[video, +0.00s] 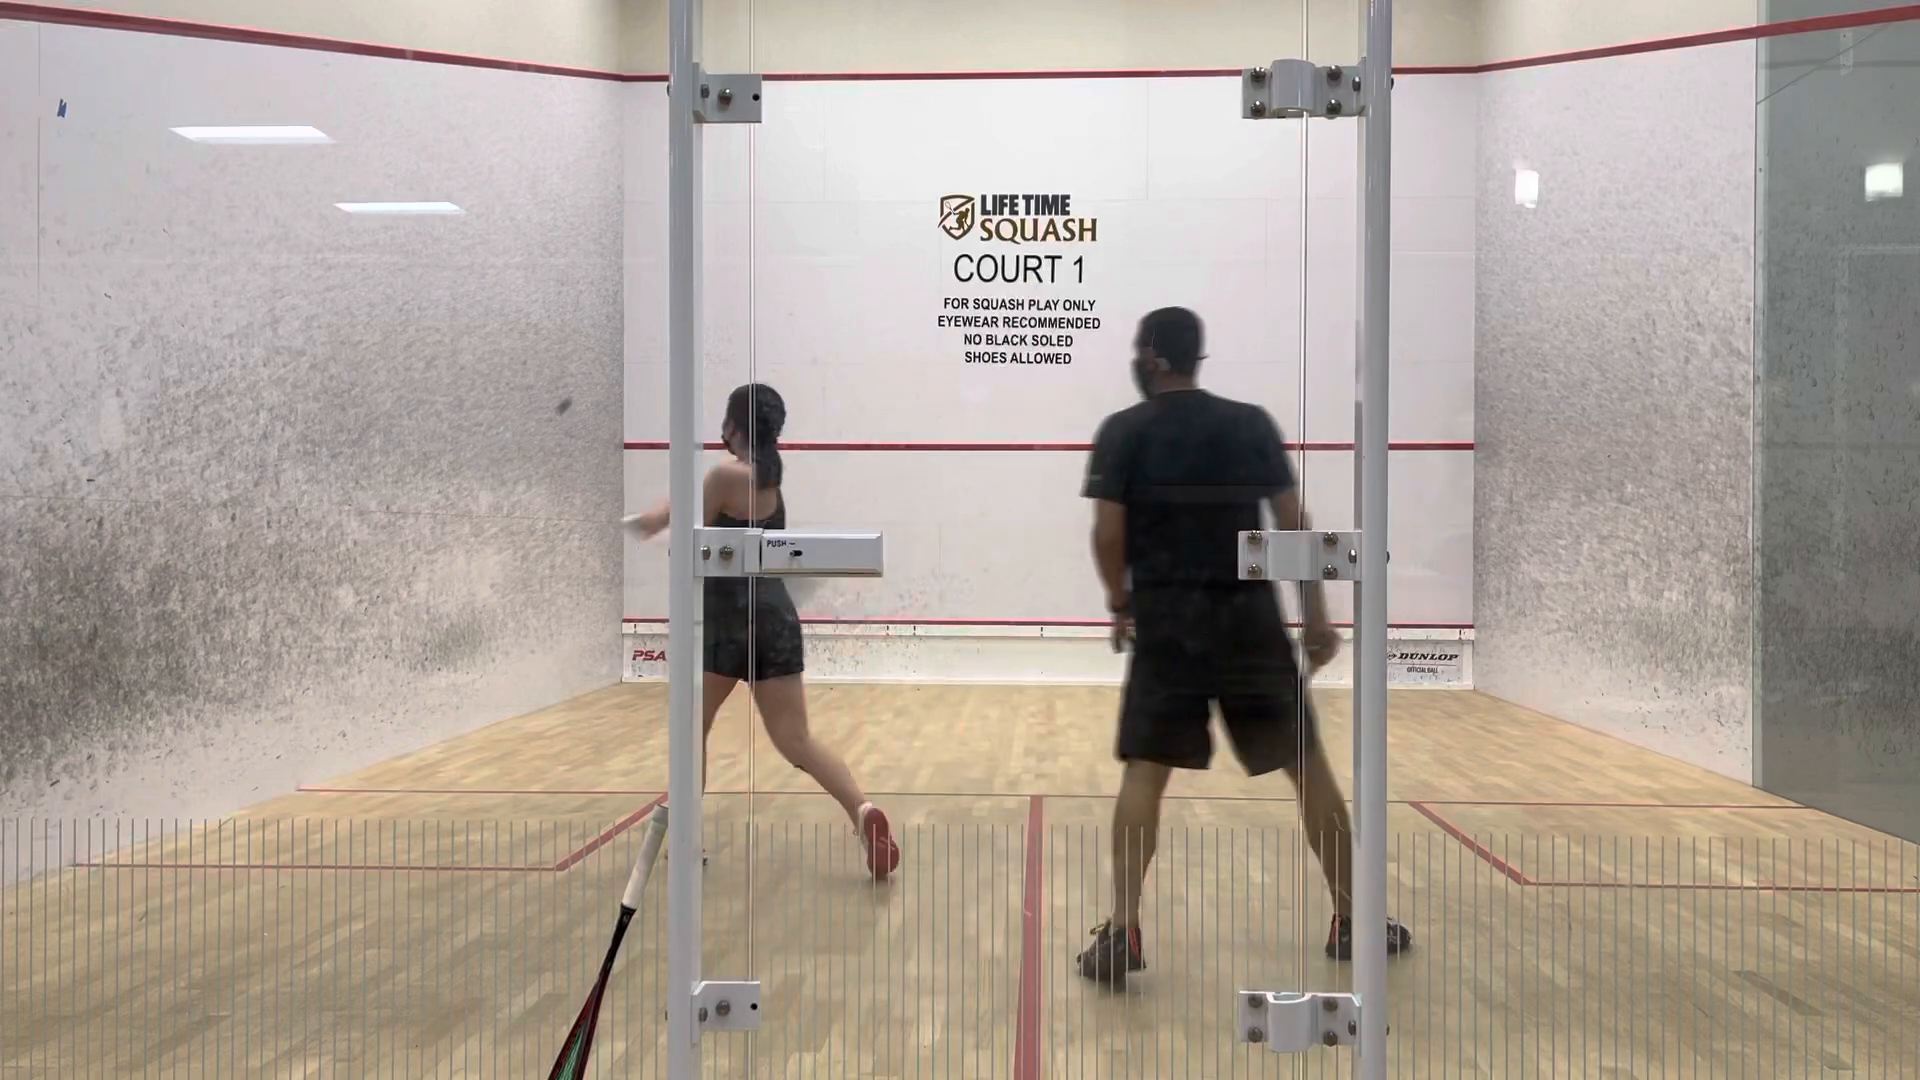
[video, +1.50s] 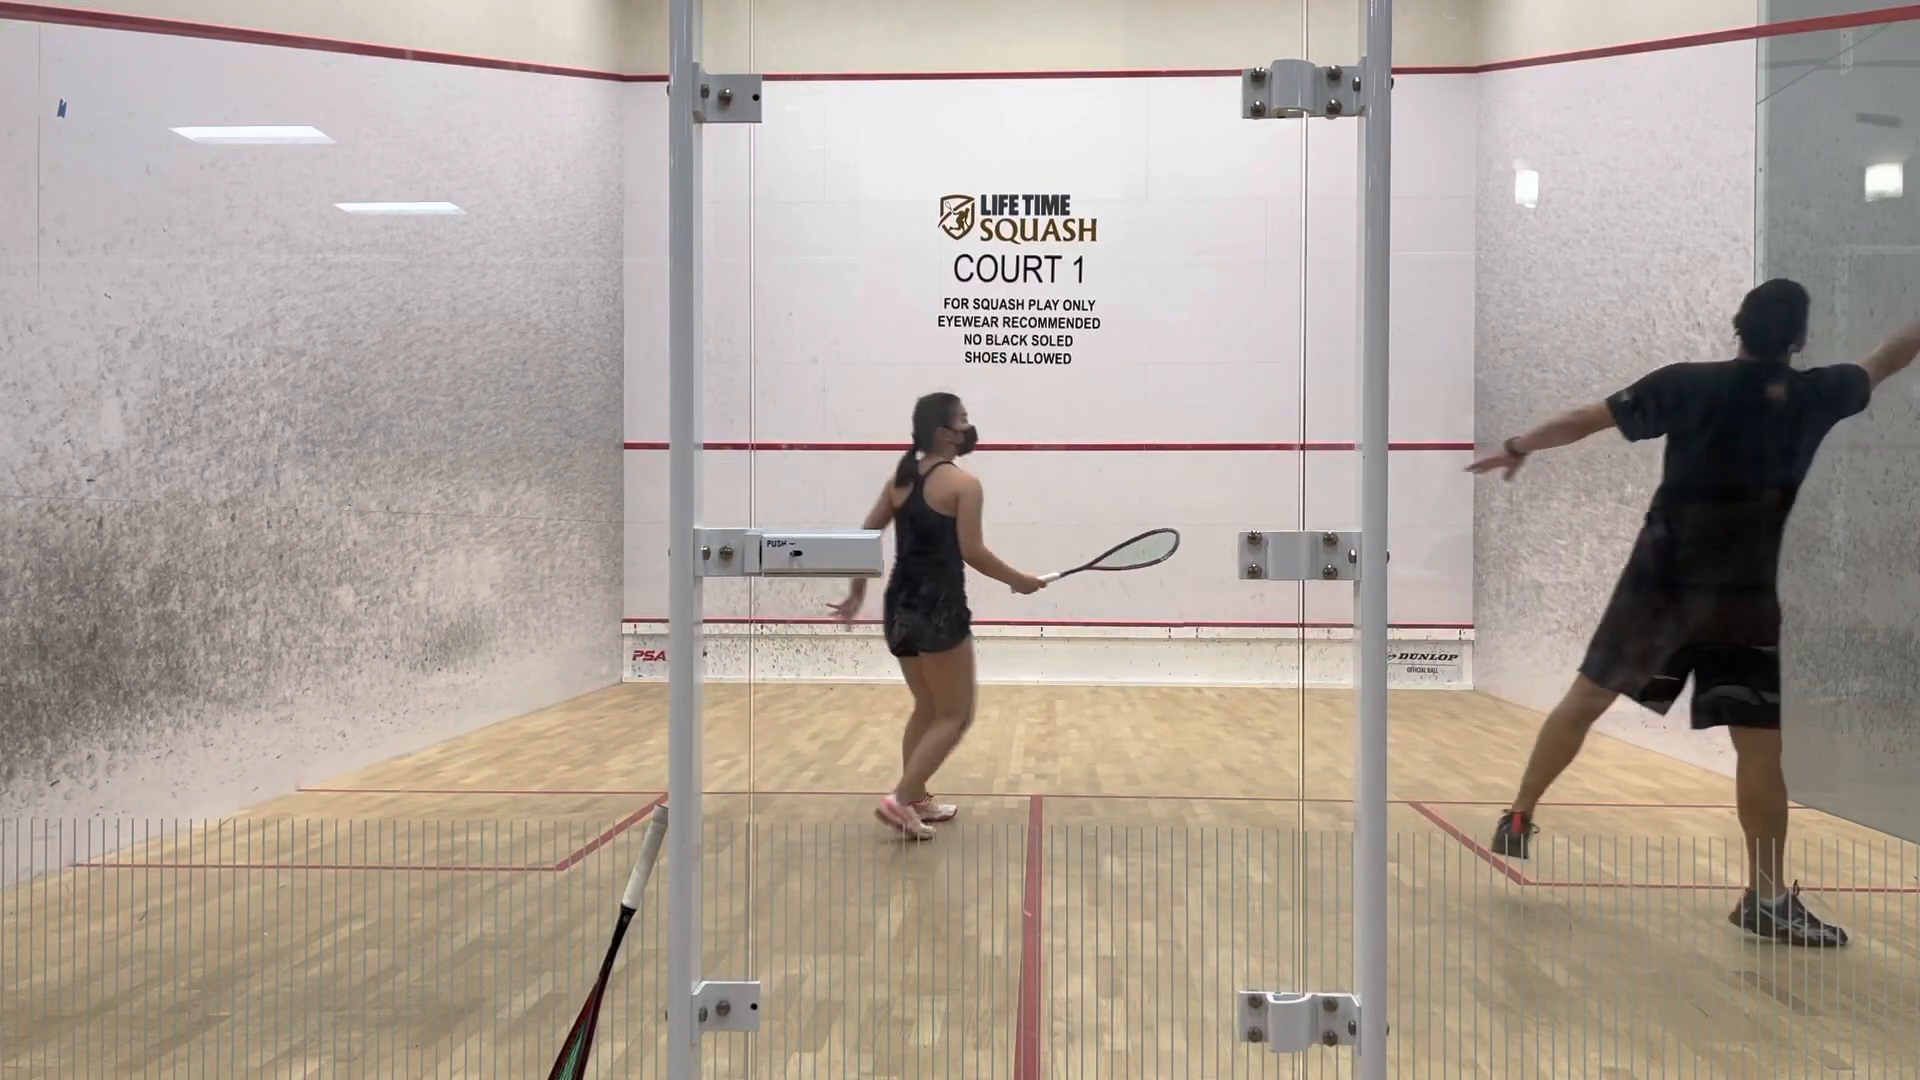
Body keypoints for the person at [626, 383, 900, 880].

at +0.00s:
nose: (721, 427)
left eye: (725, 419)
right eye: (724, 418)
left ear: (734, 425)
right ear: (770, 427)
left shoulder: (722, 476)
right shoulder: (769, 476)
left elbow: (682, 520)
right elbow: (711, 514)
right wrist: (665, 517)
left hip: (726, 622)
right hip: (775, 619)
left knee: (691, 728)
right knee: (794, 738)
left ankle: (684, 834)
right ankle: (862, 809)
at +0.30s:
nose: (679, 417)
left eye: (687, 409)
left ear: (695, 414)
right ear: (739, 423)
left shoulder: (674, 458)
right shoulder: (744, 471)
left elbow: (646, 533)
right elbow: (694, 545)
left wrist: (625, 591)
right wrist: (642, 597)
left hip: (692, 606)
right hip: (747, 605)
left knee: (675, 716)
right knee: (768, 712)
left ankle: (680, 825)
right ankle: (789, 796)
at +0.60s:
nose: (738, 417)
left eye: (733, 410)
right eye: (736, 411)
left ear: (684, 413)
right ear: (730, 418)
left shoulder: (656, 470)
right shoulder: (749, 473)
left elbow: (647, 544)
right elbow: (782, 541)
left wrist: (661, 591)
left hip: (693, 604)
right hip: (751, 604)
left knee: (690, 721)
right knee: (775, 708)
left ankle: (679, 825)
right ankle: (786, 809)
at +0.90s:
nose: (772, 430)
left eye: (768, 422)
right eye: (767, 423)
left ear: (718, 437)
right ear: (758, 432)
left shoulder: (701, 484)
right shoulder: (784, 483)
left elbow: (689, 548)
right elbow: (823, 548)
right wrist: (875, 557)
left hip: (722, 614)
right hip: (782, 613)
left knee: (698, 722)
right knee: (829, 710)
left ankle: (684, 821)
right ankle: (864, 811)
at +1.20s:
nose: (883, 424)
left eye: (879, 417)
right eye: (876, 420)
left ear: (839, 435)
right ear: (861, 432)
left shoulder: (823, 477)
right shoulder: (882, 482)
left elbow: (826, 538)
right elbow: (899, 549)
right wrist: (952, 577)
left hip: (820, 610)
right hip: (867, 613)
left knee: (795, 718)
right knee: (899, 715)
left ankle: (734, 792)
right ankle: (892, 818)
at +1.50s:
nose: (970, 427)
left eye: (967, 420)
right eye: (963, 421)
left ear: (927, 431)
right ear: (943, 430)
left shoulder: (902, 478)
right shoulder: (963, 483)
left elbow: (867, 533)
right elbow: (972, 551)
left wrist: (856, 592)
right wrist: (1017, 579)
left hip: (900, 610)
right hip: (940, 614)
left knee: (926, 707)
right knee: (956, 714)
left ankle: (914, 797)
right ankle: (901, 799)